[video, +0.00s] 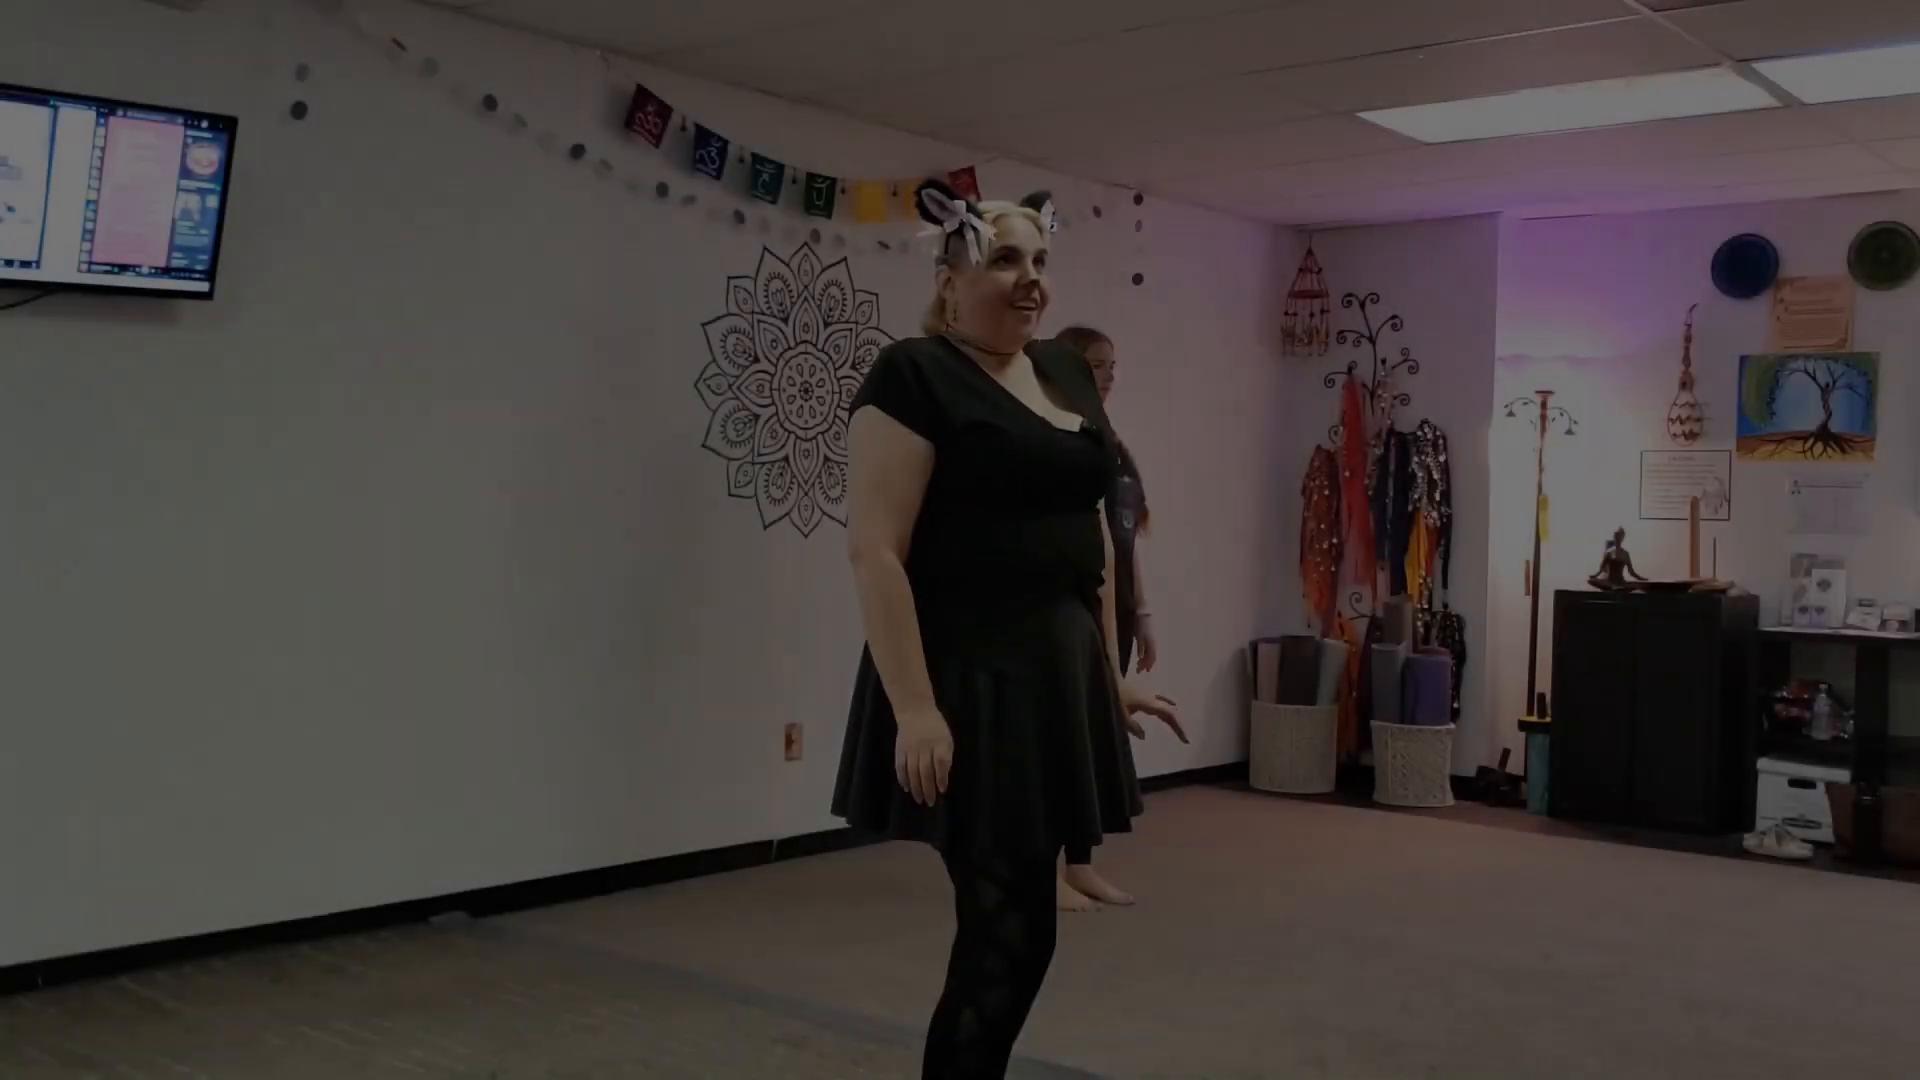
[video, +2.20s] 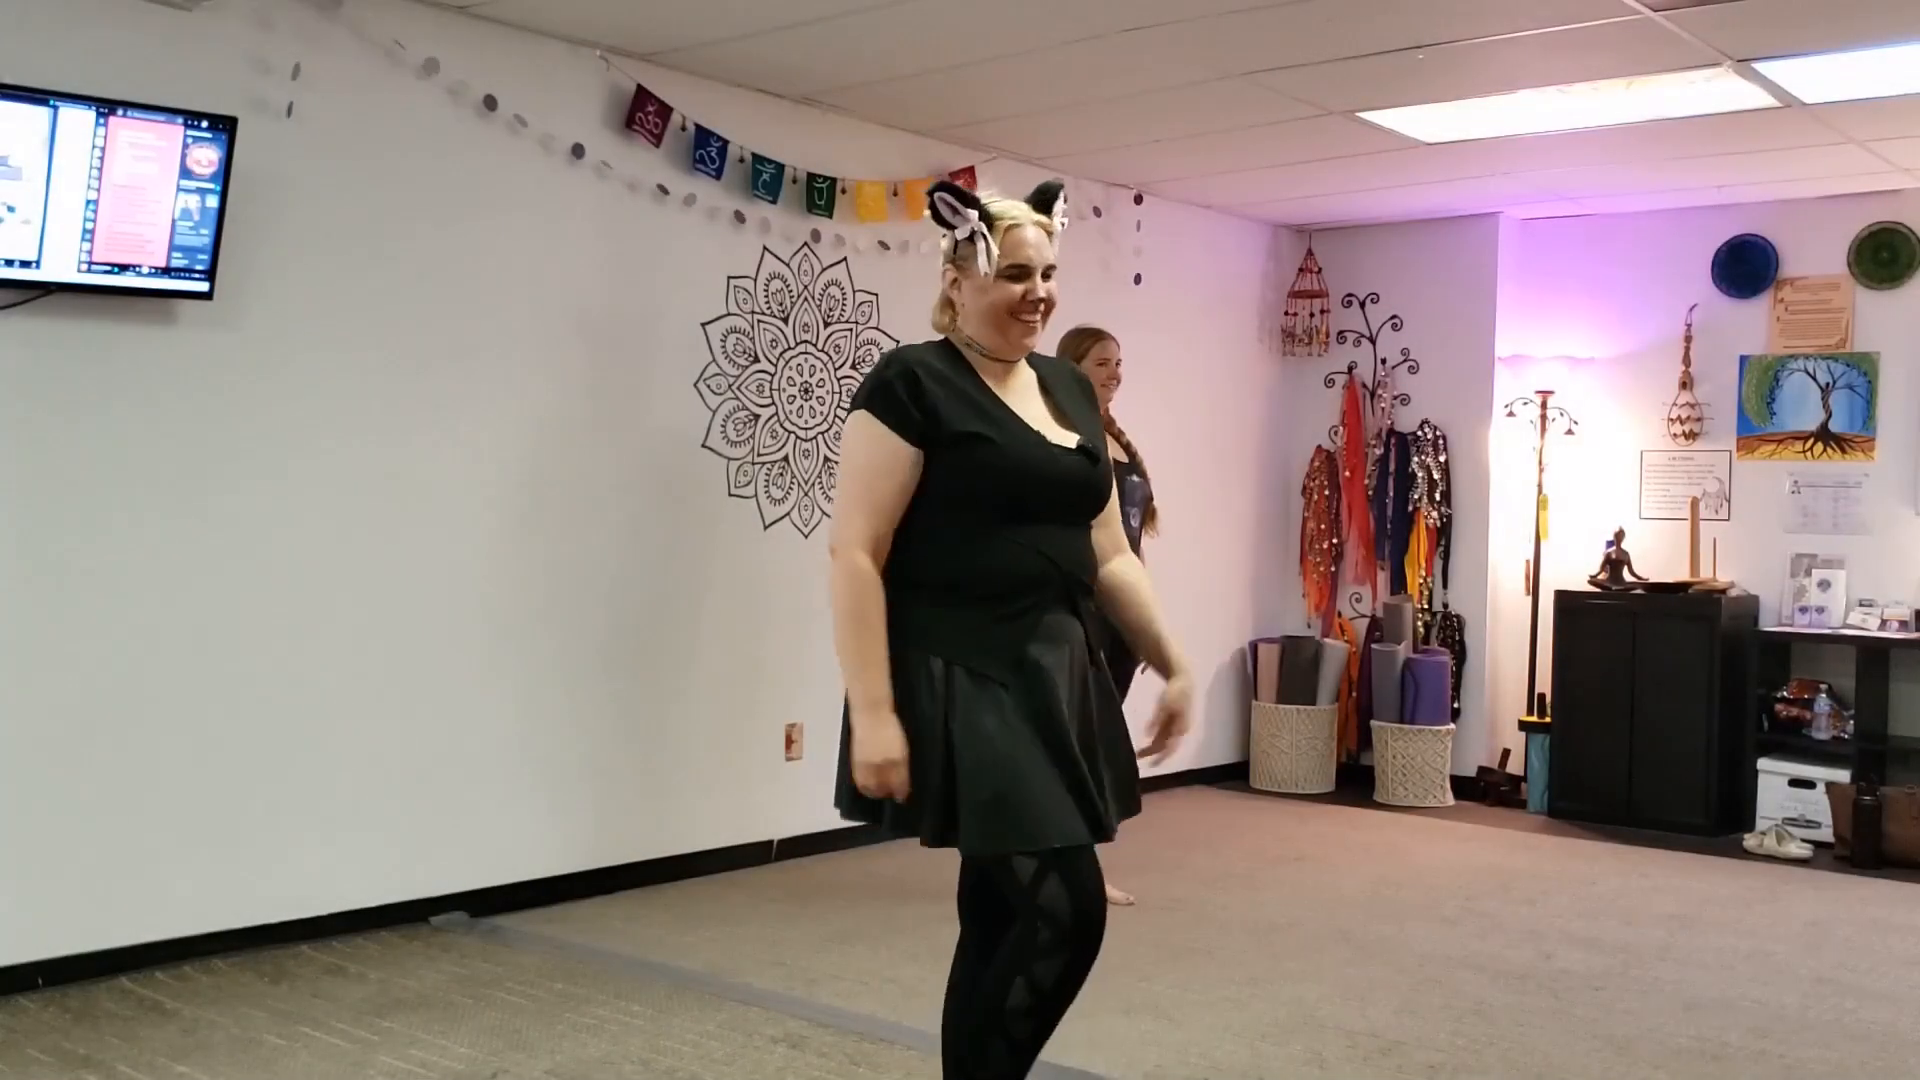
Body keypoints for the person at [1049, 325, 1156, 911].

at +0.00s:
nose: (1109, 377)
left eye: (1111, 367)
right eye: (1099, 368)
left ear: (1107, 373)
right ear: (1067, 371)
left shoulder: (1106, 443)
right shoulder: (1041, 439)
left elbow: (1124, 539)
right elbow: (1052, 534)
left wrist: (1140, 616)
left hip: (1103, 608)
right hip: (1048, 607)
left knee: (1089, 729)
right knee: (1046, 731)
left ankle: (1079, 860)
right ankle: (1045, 867)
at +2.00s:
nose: (1113, 374)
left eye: (1116, 365)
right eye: (1102, 365)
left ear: (1115, 373)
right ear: (1068, 371)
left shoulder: (1119, 443)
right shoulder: (1054, 436)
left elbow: (1131, 536)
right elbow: (1051, 530)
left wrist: (1145, 613)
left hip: (1112, 605)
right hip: (1062, 603)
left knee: (1092, 727)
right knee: (1057, 729)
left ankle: (1079, 858)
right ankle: (1051, 866)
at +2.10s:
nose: (1114, 374)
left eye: (1117, 365)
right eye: (1102, 365)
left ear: (1117, 373)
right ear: (1069, 370)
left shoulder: (1119, 441)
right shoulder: (1056, 435)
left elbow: (1132, 533)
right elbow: (1055, 527)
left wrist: (1145, 611)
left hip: (1116, 601)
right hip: (1068, 600)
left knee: (1101, 721)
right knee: (1073, 721)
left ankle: (1079, 853)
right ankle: (1072, 856)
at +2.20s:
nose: (1115, 374)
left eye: (1118, 364)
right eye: (1104, 365)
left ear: (1116, 372)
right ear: (1071, 368)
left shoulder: (1116, 435)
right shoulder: (1057, 430)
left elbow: (1137, 500)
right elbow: (1061, 511)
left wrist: (1142, 520)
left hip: (1122, 591)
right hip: (1074, 593)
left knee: (1093, 723)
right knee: (1075, 724)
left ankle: (1075, 861)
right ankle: (1076, 868)